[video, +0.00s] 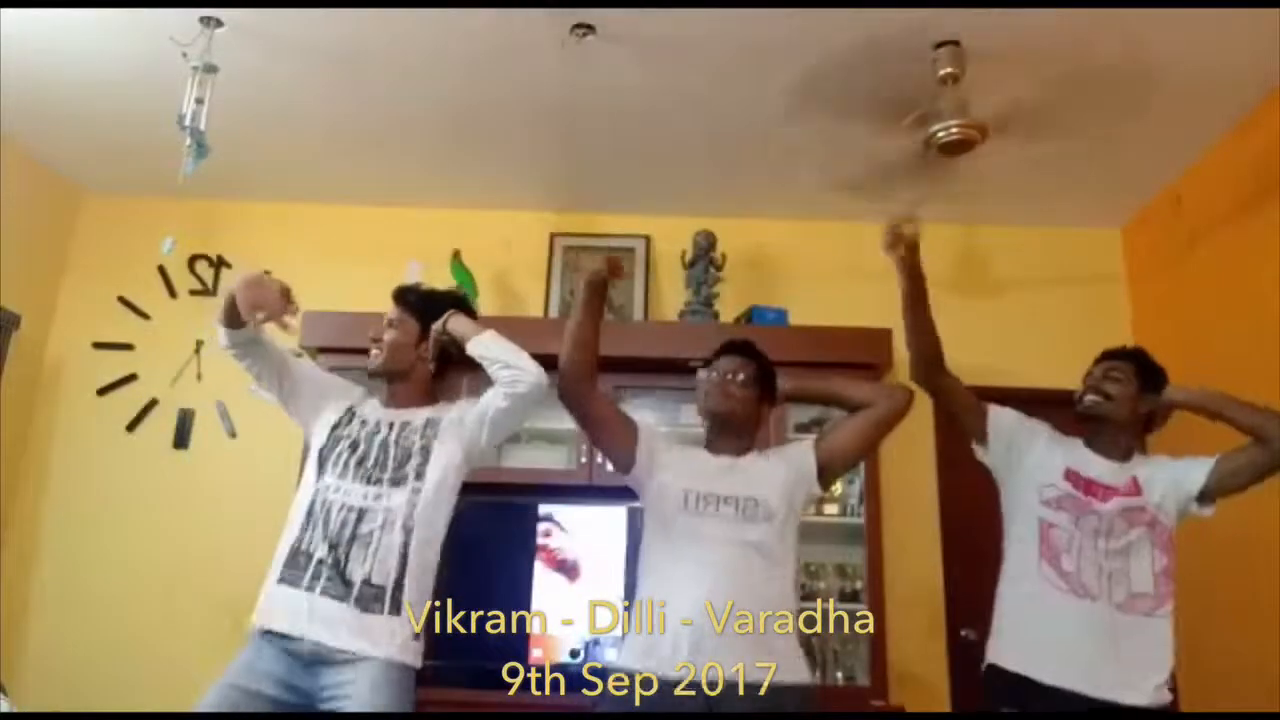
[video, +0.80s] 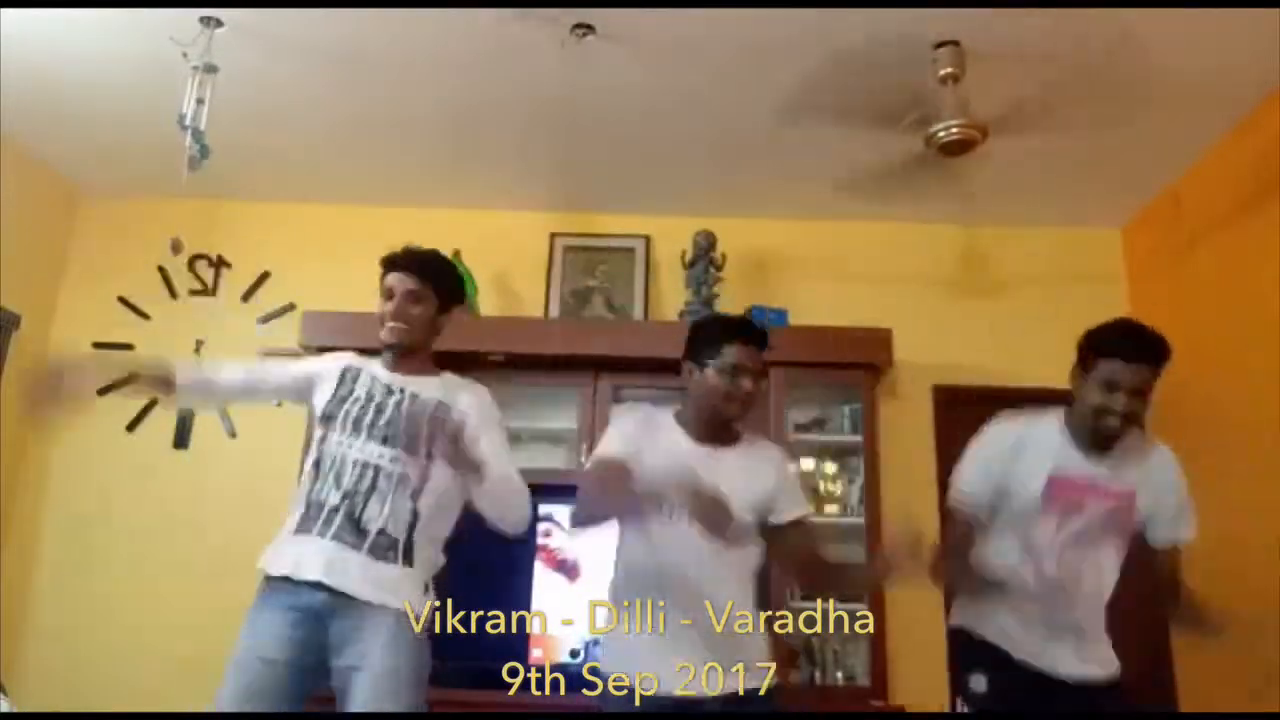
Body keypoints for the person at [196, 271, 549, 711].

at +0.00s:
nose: (378, 335)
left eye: (393, 326)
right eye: (383, 324)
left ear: (428, 347)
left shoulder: (461, 427)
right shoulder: (334, 403)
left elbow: (528, 384)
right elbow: (246, 345)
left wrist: (465, 328)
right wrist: (239, 296)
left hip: (371, 661)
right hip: (277, 644)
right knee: (209, 710)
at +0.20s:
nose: (381, 312)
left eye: (398, 305)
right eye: (386, 302)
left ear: (434, 328)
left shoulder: (468, 405)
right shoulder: (347, 375)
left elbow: (526, 368)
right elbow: (276, 320)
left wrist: (463, 318)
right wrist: (208, 255)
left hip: (363, 604)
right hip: (276, 584)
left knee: (364, 704)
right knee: (223, 699)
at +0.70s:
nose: (373, 318)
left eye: (391, 310)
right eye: (376, 307)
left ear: (433, 332)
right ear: (372, 313)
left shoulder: (462, 413)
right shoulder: (337, 379)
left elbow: (521, 429)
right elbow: (244, 330)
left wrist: (469, 350)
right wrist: (174, 261)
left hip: (378, 633)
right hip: (284, 615)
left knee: (377, 704)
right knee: (218, 704)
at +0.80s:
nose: (396, 309)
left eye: (414, 299)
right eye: (389, 296)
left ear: (444, 315)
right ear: (379, 304)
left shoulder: (466, 401)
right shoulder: (340, 369)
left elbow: (516, 518)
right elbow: (246, 380)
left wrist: (466, 450)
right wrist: (163, 376)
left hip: (385, 607)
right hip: (290, 586)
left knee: (383, 707)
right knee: (238, 705)